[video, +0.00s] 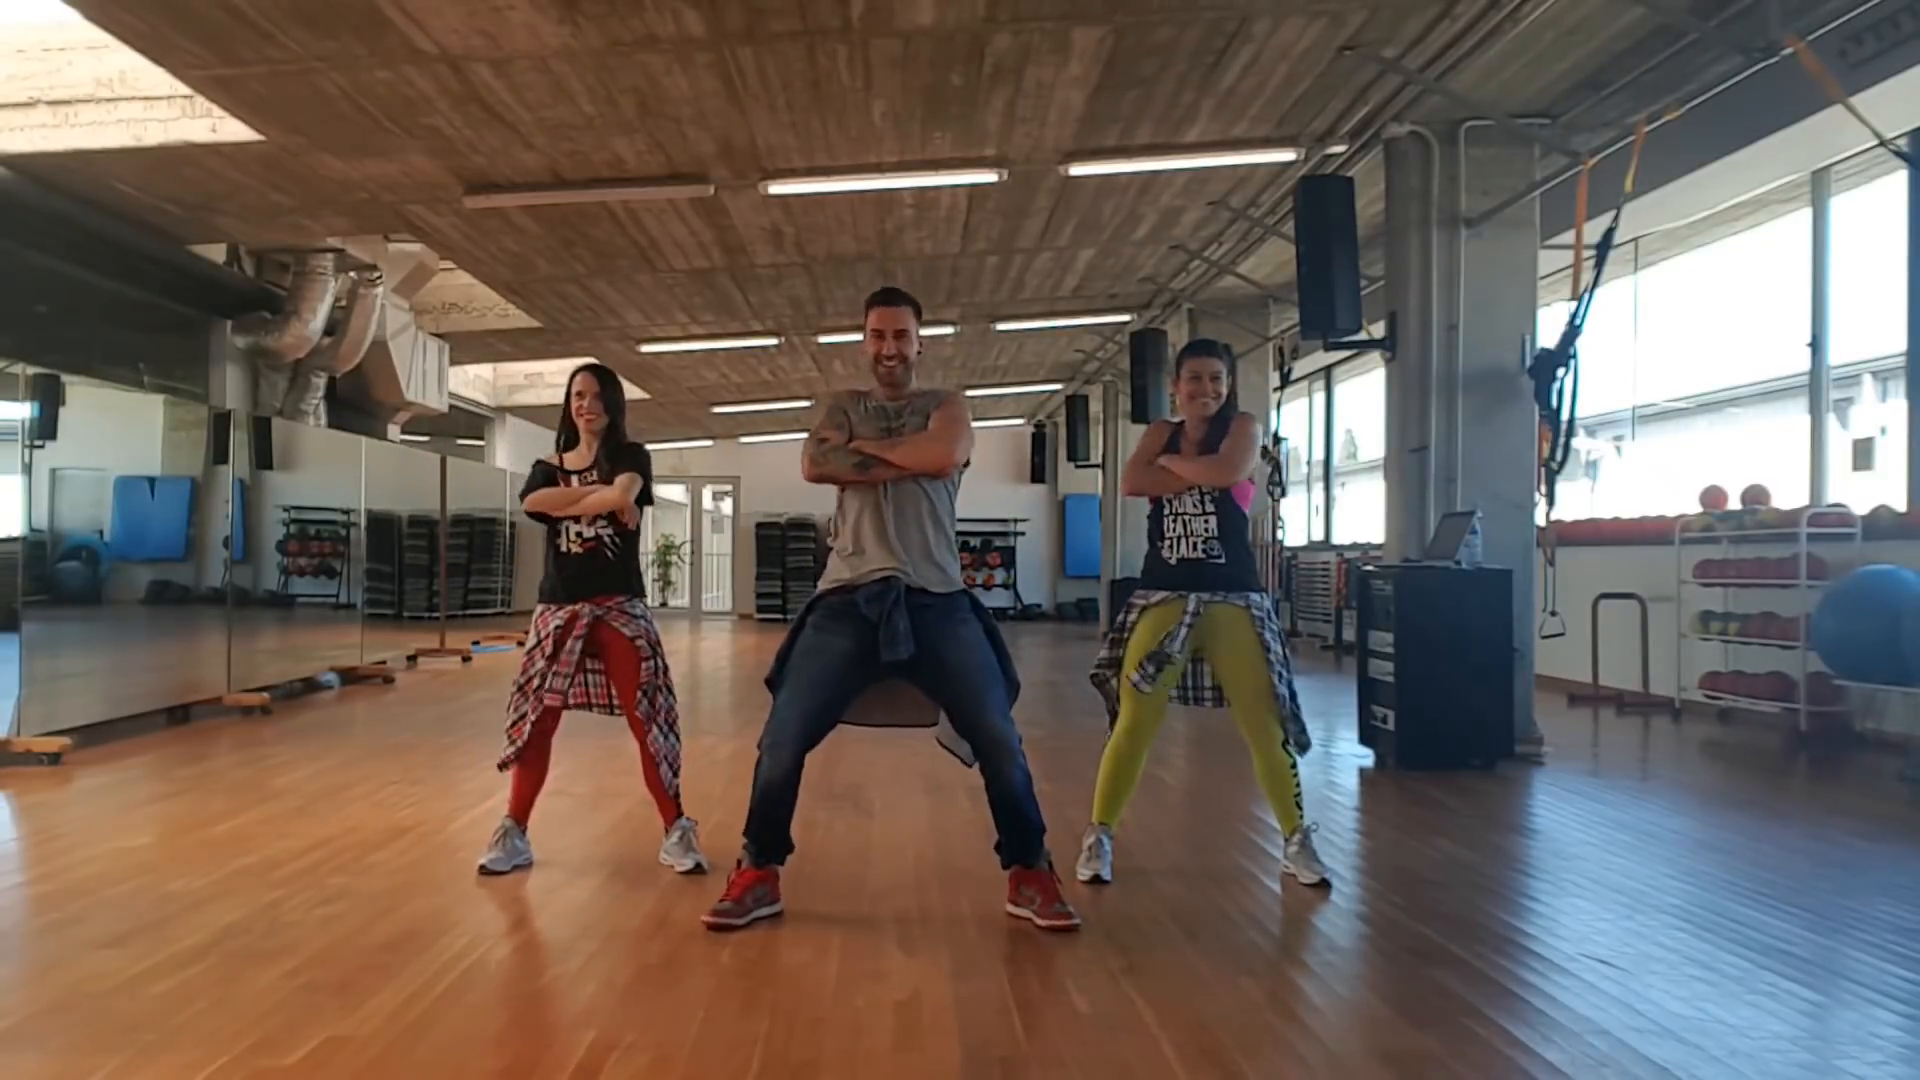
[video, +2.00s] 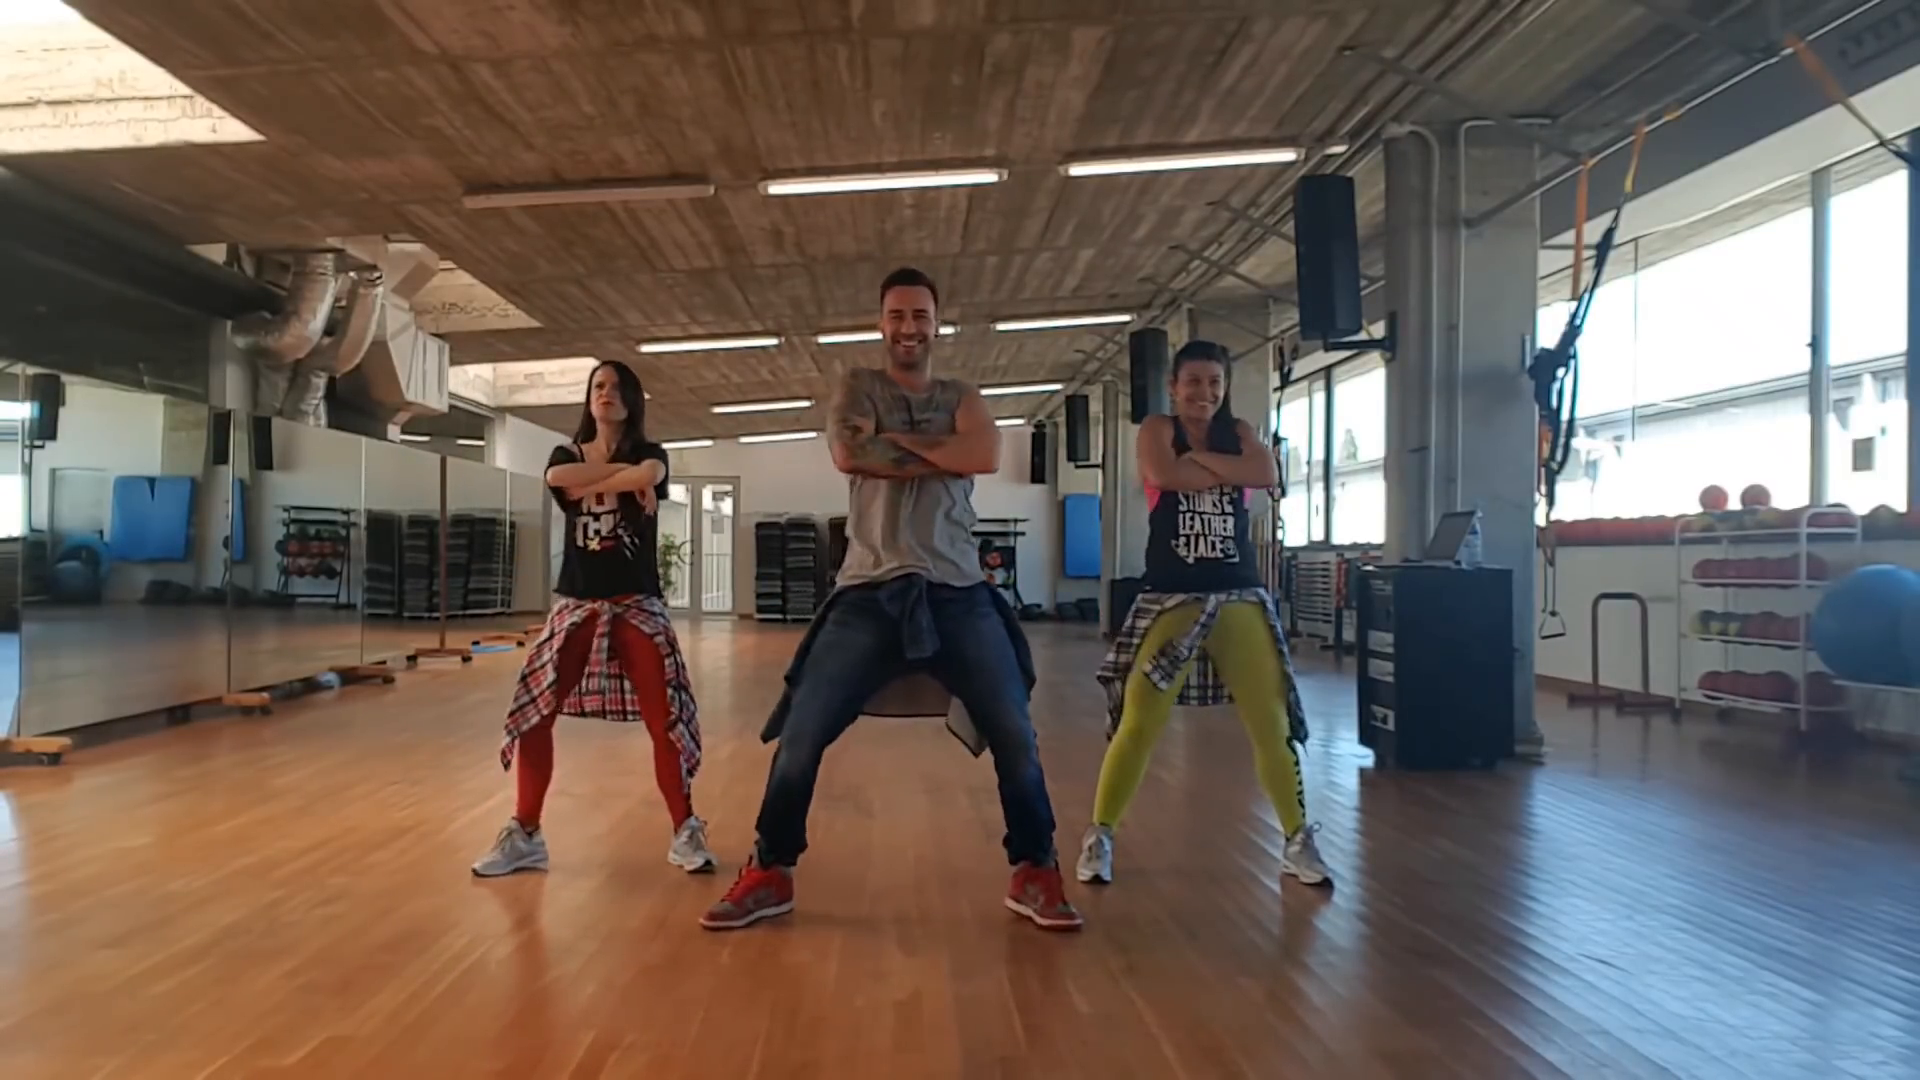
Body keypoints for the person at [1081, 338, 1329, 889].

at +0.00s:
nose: (1204, 388)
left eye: (1214, 379)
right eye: (1193, 378)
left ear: (1228, 386)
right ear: (1175, 385)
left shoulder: (1242, 426)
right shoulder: (1161, 432)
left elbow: (1227, 473)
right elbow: (1132, 481)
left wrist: (1164, 459)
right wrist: (1201, 469)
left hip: (1230, 595)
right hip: (1161, 594)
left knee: (1261, 722)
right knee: (1135, 721)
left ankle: (1297, 841)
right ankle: (1098, 838)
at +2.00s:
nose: (1201, 392)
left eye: (1212, 383)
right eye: (1192, 382)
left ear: (1224, 388)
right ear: (1173, 385)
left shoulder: (1240, 431)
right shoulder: (1156, 429)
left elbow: (1265, 474)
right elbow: (1161, 475)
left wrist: (1194, 455)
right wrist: (1232, 469)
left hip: (1238, 594)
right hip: (1169, 596)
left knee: (1270, 723)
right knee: (1138, 724)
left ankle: (1298, 841)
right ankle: (1099, 838)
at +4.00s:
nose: (1227, 383)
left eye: (1234, 374)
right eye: (1215, 375)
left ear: (1245, 383)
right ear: (1191, 384)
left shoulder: (1253, 430)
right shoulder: (1177, 429)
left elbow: (1292, 480)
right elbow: (1202, 480)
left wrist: (1229, 462)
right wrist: (1260, 479)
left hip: (1250, 595)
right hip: (1183, 595)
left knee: (1274, 719)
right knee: (1147, 718)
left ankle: (1297, 842)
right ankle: (1099, 837)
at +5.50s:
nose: (1197, 374)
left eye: (1206, 367)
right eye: (1186, 366)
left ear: (1220, 379)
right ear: (1170, 379)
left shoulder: (1236, 426)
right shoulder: (1153, 429)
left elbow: (1257, 464)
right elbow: (1141, 478)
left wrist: (1181, 462)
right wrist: (1220, 476)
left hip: (1233, 591)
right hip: (1164, 591)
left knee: (1264, 714)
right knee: (1138, 717)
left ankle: (1297, 841)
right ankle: (1098, 838)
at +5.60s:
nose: (1192, 372)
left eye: (1202, 364)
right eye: (1182, 364)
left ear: (1216, 377)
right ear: (1164, 377)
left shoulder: (1235, 426)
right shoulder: (1146, 429)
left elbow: (1270, 454)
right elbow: (1108, 475)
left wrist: (1203, 431)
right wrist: (1165, 460)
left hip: (1227, 591)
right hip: (1157, 591)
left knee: (1260, 714)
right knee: (1134, 715)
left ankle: (1297, 840)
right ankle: (1098, 838)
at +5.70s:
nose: (1193, 371)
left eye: (1202, 362)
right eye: (1182, 362)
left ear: (1216, 377)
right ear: (1164, 376)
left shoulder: (1232, 428)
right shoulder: (1146, 430)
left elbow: (1287, 444)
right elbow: (1094, 461)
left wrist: (1241, 387)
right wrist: (1145, 410)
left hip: (1226, 592)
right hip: (1157, 592)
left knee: (1258, 712)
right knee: (1132, 714)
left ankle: (1295, 840)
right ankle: (1098, 838)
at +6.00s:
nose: (1225, 380)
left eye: (1232, 371)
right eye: (1213, 372)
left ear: (1246, 384)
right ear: (1193, 387)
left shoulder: (1260, 438)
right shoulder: (1180, 442)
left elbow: (1306, 439)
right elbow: (1122, 459)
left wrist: (1268, 378)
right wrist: (1144, 389)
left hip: (1265, 603)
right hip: (1196, 605)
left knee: (1286, 725)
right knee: (1165, 727)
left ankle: (1284, 843)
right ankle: (1117, 838)